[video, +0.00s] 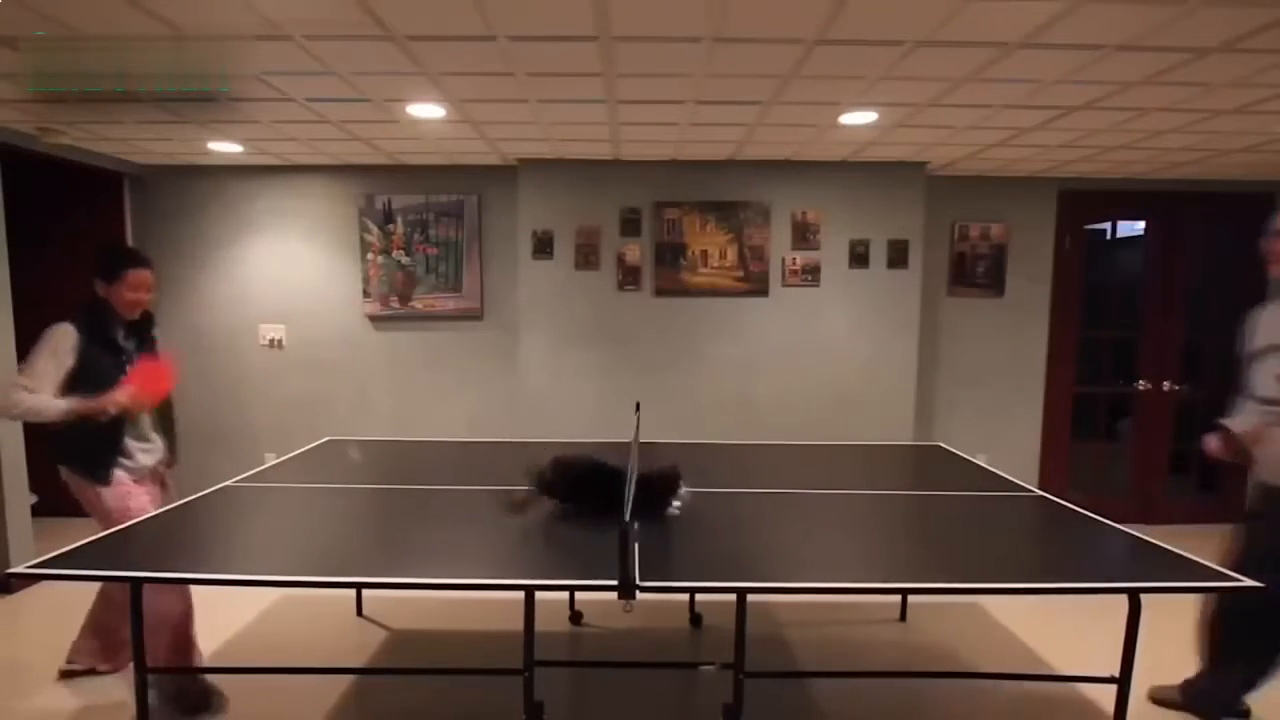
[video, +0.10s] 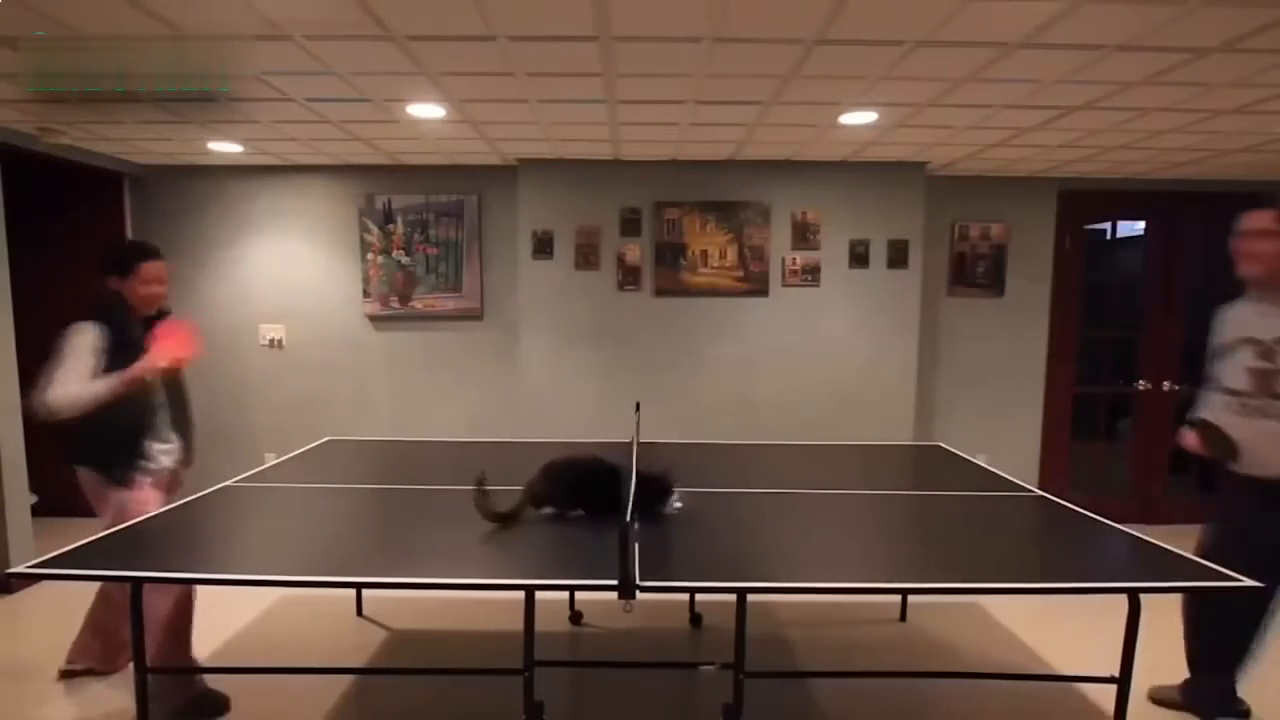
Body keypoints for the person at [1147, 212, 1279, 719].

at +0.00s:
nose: (1269, 250)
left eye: (1275, 241)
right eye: (1267, 241)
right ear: (1262, 248)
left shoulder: (1268, 320)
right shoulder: (1260, 319)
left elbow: (1264, 400)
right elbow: (1258, 397)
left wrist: (1234, 434)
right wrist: (1231, 433)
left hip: (1273, 483)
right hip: (1265, 480)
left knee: (1256, 586)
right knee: (1250, 584)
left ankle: (1222, 689)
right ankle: (1219, 686)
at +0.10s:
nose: (1249, 248)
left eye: (1262, 238)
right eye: (1243, 237)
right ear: (1233, 247)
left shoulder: (1273, 316)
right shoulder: (1230, 314)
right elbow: (1219, 386)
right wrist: (1196, 425)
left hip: (1269, 481)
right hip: (1237, 476)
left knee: (1246, 587)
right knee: (1212, 580)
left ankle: (1215, 685)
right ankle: (1208, 685)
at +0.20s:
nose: (1227, 241)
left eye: (1242, 232)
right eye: (1223, 232)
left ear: (1273, 243)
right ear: (1216, 242)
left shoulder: (1278, 310)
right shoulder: (1213, 310)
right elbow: (1202, 380)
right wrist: (1183, 414)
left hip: (1271, 474)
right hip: (1230, 471)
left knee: (1240, 584)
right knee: (1212, 581)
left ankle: (1213, 685)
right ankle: (1210, 685)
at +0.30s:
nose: (1222, 238)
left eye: (1237, 228)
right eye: (1218, 229)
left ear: (1270, 239)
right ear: (1212, 239)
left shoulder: (1279, 306)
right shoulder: (1206, 307)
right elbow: (1189, 379)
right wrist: (1173, 410)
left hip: (1270, 470)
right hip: (1215, 468)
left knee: (1273, 592)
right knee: (1212, 582)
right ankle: (1210, 686)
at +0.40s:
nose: (1227, 235)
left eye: (1242, 225)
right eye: (1223, 225)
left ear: (1275, 235)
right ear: (1219, 235)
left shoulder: (1279, 304)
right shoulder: (1205, 305)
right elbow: (1184, 376)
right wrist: (1166, 401)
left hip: (1268, 470)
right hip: (1210, 466)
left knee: (1269, 599)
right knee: (1208, 584)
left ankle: (1274, 698)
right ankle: (1209, 687)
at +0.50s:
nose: (1229, 242)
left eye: (1245, 231)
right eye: (1224, 232)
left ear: (1276, 241)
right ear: (1217, 242)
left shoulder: (1279, 308)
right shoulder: (1206, 312)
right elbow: (1183, 382)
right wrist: (1160, 401)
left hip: (1269, 474)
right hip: (1210, 471)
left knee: (1273, 600)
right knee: (1204, 586)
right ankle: (1207, 687)